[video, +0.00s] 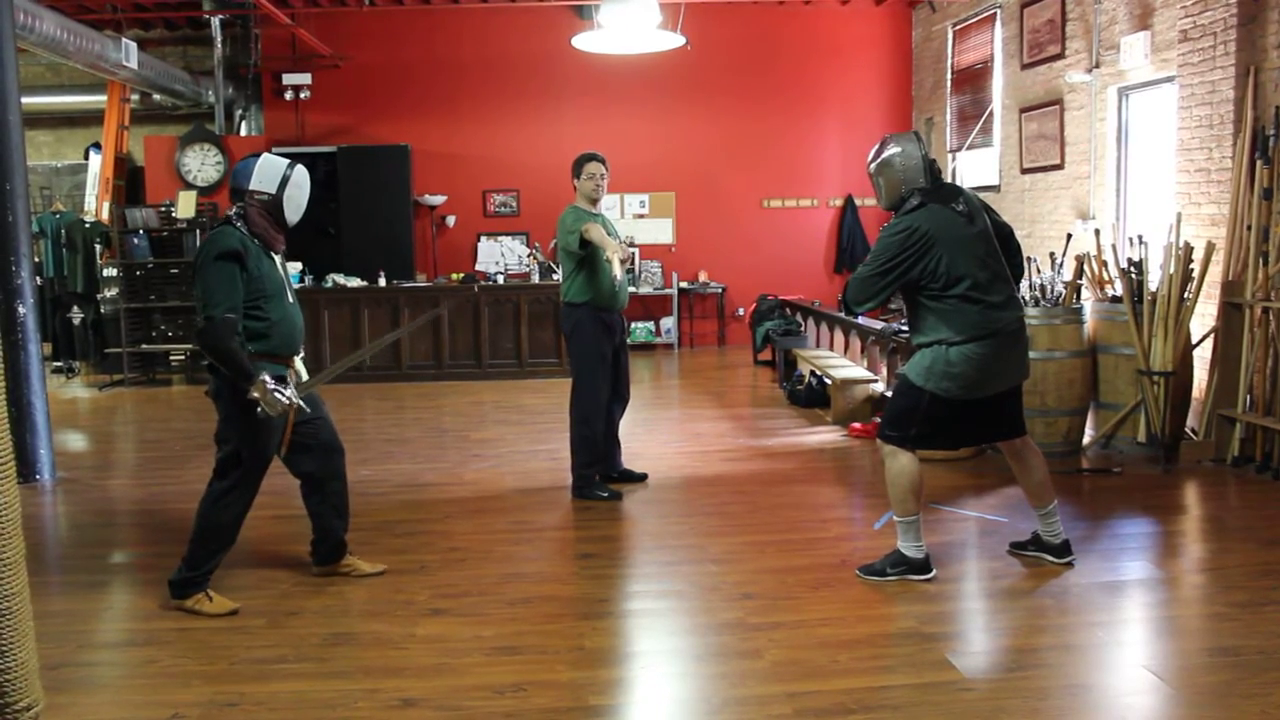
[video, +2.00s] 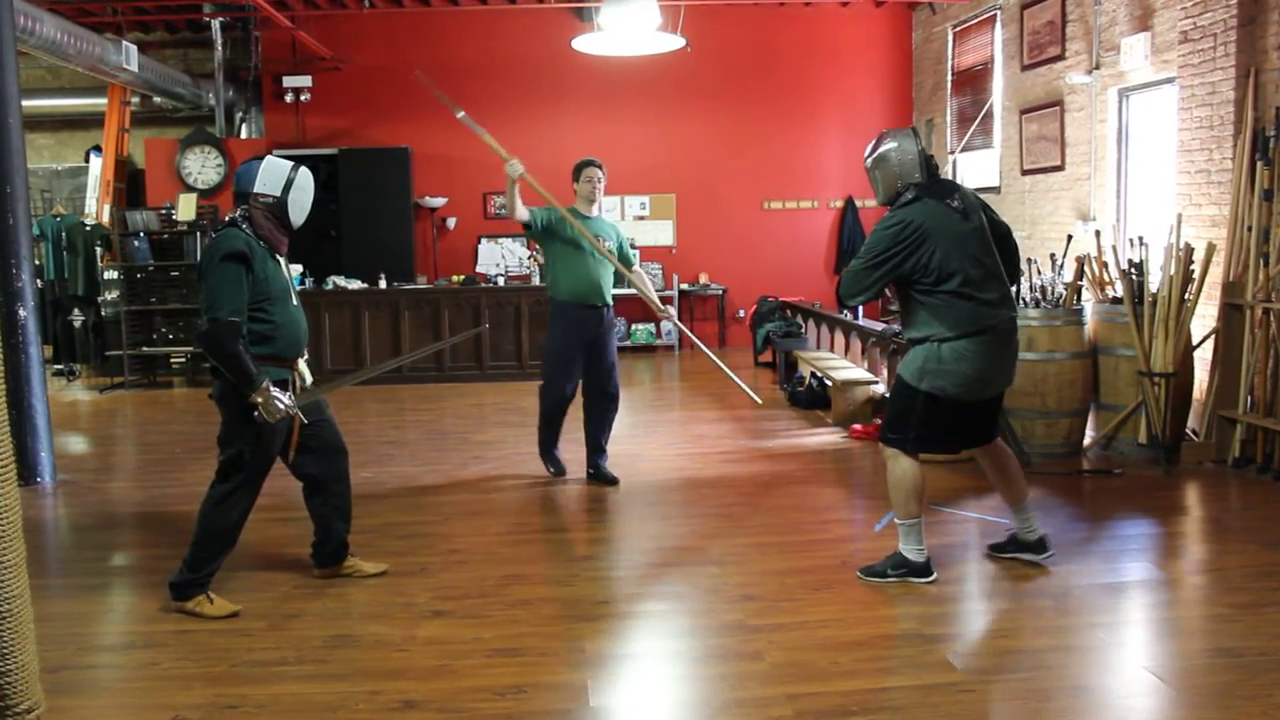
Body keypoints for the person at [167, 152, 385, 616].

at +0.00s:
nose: (294, 208)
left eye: (294, 199)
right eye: (290, 198)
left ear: (259, 193)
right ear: (267, 194)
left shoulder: (263, 242)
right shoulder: (228, 244)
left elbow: (270, 309)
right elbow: (217, 330)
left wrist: (290, 358)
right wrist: (256, 383)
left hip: (284, 375)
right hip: (249, 379)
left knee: (325, 458)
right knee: (235, 481)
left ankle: (331, 554)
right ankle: (189, 585)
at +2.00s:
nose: (295, 212)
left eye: (295, 203)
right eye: (291, 201)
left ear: (260, 197)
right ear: (269, 197)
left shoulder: (263, 244)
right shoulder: (233, 246)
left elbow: (270, 312)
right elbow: (220, 332)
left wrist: (294, 359)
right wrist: (256, 390)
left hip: (286, 378)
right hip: (253, 381)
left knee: (328, 458)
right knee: (237, 482)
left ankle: (332, 556)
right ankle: (190, 587)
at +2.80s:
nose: (338, 216)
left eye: (336, 207)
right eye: (333, 205)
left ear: (306, 203)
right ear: (312, 201)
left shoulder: (305, 244)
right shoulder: (281, 244)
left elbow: (306, 316)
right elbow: (274, 327)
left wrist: (331, 360)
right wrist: (316, 373)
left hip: (321, 370)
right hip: (292, 375)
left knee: (355, 457)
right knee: (302, 473)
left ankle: (338, 553)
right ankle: (249, 582)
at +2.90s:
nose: (337, 219)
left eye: (336, 211)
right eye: (332, 209)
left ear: (304, 204)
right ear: (310, 203)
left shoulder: (305, 245)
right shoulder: (284, 243)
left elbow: (311, 315)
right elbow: (291, 317)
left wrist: (343, 357)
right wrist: (344, 350)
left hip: (319, 374)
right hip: (293, 377)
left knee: (354, 455)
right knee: (305, 472)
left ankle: (338, 553)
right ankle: (247, 581)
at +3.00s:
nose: (333, 209)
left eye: (332, 200)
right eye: (329, 199)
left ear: (289, 196)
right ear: (308, 195)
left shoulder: (270, 240)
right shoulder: (294, 243)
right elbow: (332, 304)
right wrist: (398, 311)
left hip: (306, 371)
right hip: (295, 374)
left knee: (350, 456)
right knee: (307, 469)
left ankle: (338, 554)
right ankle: (241, 579)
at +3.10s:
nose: (319, 202)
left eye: (317, 193)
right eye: (314, 193)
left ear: (270, 196)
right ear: (294, 194)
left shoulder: (246, 247)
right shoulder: (301, 245)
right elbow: (369, 284)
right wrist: (435, 281)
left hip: (297, 376)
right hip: (298, 379)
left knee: (345, 456)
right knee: (299, 473)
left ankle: (337, 553)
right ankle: (240, 584)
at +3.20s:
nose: (313, 209)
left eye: (311, 201)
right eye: (308, 201)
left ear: (265, 203)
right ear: (288, 202)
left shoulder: (237, 252)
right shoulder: (301, 248)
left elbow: (234, 322)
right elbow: (369, 266)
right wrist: (434, 260)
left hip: (282, 380)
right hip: (296, 381)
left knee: (344, 451)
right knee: (290, 477)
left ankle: (334, 549)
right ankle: (237, 585)